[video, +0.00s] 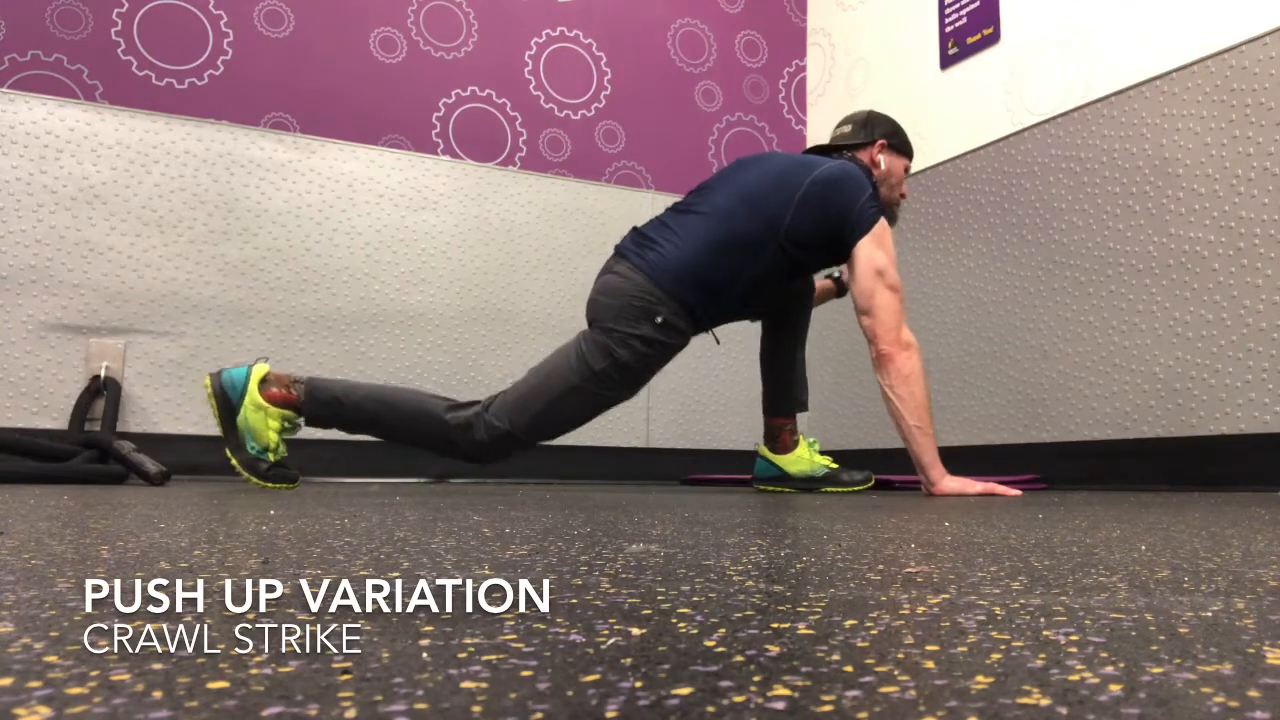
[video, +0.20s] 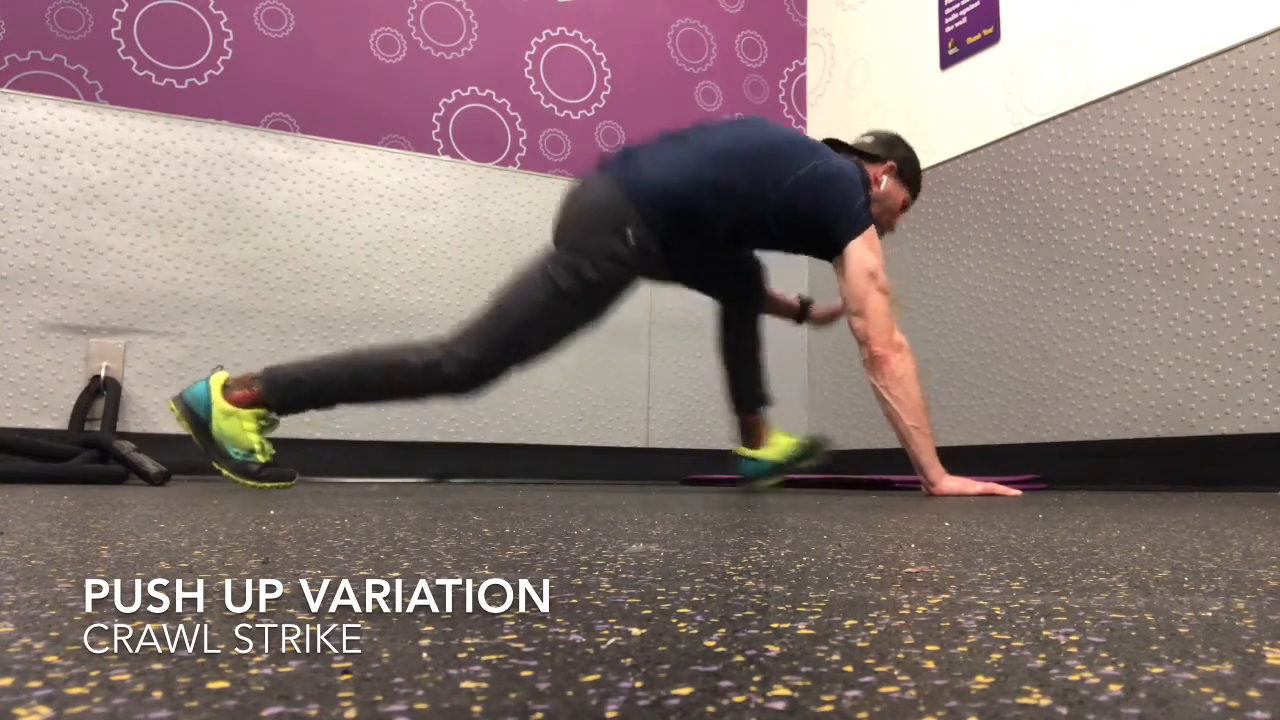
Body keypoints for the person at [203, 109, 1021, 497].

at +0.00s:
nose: (904, 191)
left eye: (906, 178)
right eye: (904, 176)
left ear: (846, 146)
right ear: (875, 157)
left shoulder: (787, 175)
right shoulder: (860, 194)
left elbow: (754, 273)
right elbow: (892, 350)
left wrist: (823, 283)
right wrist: (935, 474)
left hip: (637, 276)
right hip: (653, 306)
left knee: (793, 285)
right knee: (487, 432)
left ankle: (786, 448)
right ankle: (279, 394)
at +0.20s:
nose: (893, 224)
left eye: (898, 212)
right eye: (899, 207)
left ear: (863, 165)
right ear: (880, 181)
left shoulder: (792, 167)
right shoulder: (847, 197)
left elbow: (734, 260)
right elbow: (882, 347)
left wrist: (810, 307)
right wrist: (934, 471)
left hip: (633, 213)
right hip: (616, 227)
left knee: (744, 277)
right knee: (458, 364)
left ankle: (755, 446)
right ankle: (239, 397)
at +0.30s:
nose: (888, 239)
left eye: (893, 227)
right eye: (897, 223)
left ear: (864, 170)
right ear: (884, 191)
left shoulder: (786, 171)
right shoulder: (846, 201)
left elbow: (744, 282)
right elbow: (880, 348)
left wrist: (804, 345)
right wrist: (933, 468)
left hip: (621, 182)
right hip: (613, 178)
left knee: (721, 280)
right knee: (453, 333)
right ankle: (231, 396)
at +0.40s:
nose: (884, 256)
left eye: (893, 245)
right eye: (896, 239)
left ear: (869, 184)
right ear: (888, 204)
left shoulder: (789, 189)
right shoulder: (849, 203)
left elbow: (775, 311)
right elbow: (885, 348)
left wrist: (822, 400)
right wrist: (935, 471)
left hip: (618, 176)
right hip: (610, 166)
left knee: (626, 333)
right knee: (447, 311)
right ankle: (231, 391)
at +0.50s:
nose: (893, 270)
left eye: (903, 257)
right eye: (906, 251)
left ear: (878, 208)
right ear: (900, 216)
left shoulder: (804, 223)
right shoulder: (864, 208)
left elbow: (797, 343)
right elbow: (888, 348)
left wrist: (833, 441)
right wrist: (937, 472)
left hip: (621, 203)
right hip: (615, 174)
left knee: (513, 356)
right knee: (448, 307)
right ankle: (230, 389)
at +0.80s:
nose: (916, 350)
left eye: (933, 346)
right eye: (933, 337)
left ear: (906, 304)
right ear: (926, 292)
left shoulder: (841, 291)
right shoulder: (887, 265)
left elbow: (783, 391)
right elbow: (892, 362)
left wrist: (817, 471)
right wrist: (935, 476)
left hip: (660, 304)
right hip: (657, 292)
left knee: (472, 364)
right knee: (468, 365)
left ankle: (261, 390)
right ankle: (248, 391)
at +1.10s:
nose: (945, 423)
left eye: (958, 427)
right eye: (958, 411)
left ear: (950, 410)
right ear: (955, 373)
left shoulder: (870, 359)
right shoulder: (916, 335)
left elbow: (787, 402)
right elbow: (894, 362)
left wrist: (814, 470)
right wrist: (938, 474)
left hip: (684, 391)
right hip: (683, 370)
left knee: (489, 407)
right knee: (486, 407)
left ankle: (279, 394)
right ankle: (266, 384)